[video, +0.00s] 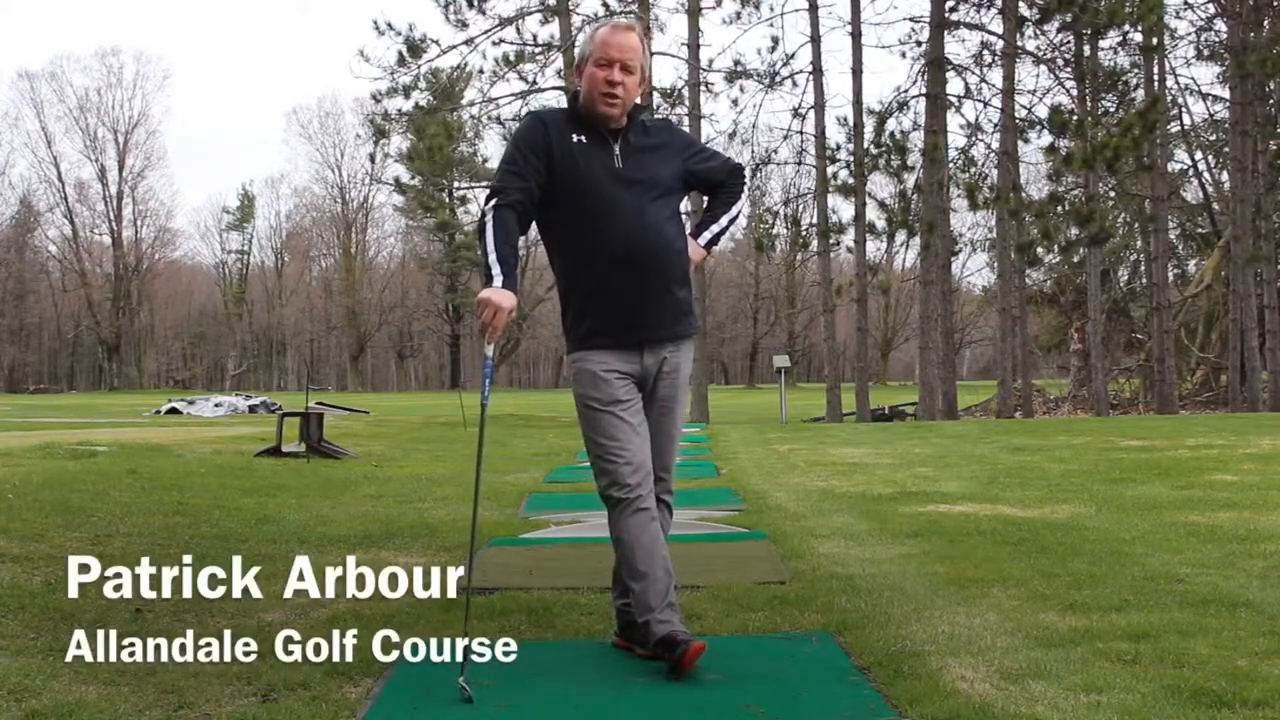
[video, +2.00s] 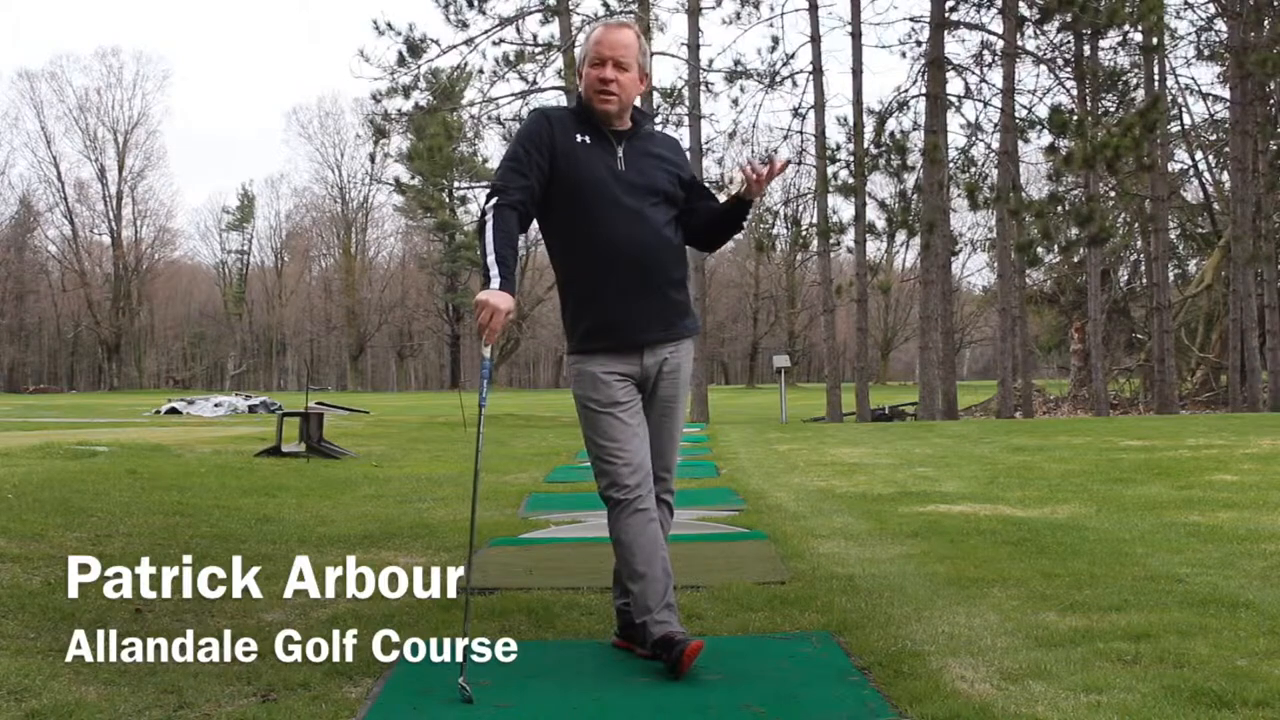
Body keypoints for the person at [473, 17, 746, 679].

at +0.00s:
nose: (613, 78)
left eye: (626, 69)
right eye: (603, 65)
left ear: (641, 82)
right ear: (579, 71)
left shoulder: (666, 139)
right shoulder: (544, 132)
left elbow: (731, 179)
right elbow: (506, 204)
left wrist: (702, 239)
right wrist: (502, 281)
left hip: (672, 339)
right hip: (597, 343)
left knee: (657, 488)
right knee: (631, 485)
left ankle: (633, 619)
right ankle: (667, 631)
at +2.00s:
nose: (607, 75)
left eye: (620, 66)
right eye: (598, 63)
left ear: (642, 80)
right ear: (580, 71)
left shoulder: (664, 149)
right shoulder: (549, 129)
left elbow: (704, 233)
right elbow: (508, 205)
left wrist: (742, 198)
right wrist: (500, 283)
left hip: (672, 342)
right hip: (600, 348)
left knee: (657, 490)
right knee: (628, 488)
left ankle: (634, 620)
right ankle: (663, 627)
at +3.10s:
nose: (596, 73)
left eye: (609, 64)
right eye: (585, 60)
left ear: (625, 76)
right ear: (562, 66)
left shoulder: (647, 142)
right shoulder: (523, 127)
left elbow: (685, 237)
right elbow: (480, 204)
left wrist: (698, 197)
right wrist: (479, 280)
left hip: (636, 342)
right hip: (554, 343)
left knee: (637, 485)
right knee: (536, 482)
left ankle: (636, 619)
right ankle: (530, 630)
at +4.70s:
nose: (533, 62)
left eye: (546, 52)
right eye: (521, 48)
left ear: (561, 65)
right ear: (496, 58)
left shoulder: (589, 133)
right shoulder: (456, 142)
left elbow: (641, 215)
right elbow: (432, 242)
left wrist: (647, 197)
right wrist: (433, 335)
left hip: (581, 342)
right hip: (498, 346)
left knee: (596, 493)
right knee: (516, 496)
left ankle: (608, 627)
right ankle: (527, 630)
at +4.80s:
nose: (541, 66)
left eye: (553, 55)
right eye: (528, 52)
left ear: (565, 65)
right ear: (499, 59)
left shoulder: (590, 134)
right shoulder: (456, 139)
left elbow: (644, 213)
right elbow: (430, 241)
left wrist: (650, 190)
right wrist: (433, 334)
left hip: (579, 341)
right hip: (497, 346)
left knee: (595, 493)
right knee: (516, 496)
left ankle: (608, 627)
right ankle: (527, 630)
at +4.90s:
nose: (545, 67)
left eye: (557, 58)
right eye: (533, 52)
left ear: (565, 68)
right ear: (500, 57)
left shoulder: (587, 134)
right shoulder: (455, 139)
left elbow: (637, 212)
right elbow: (427, 239)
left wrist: (661, 169)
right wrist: (432, 332)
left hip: (578, 340)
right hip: (497, 346)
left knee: (594, 492)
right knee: (516, 496)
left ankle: (608, 627)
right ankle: (527, 630)